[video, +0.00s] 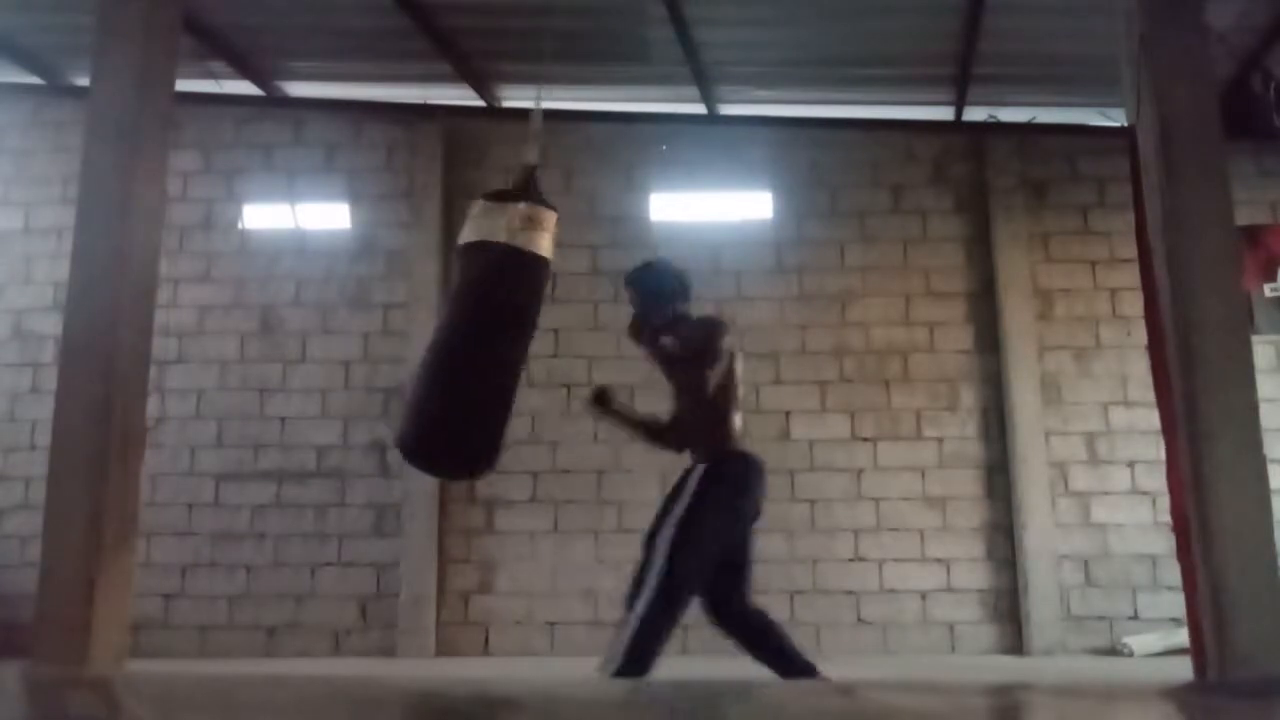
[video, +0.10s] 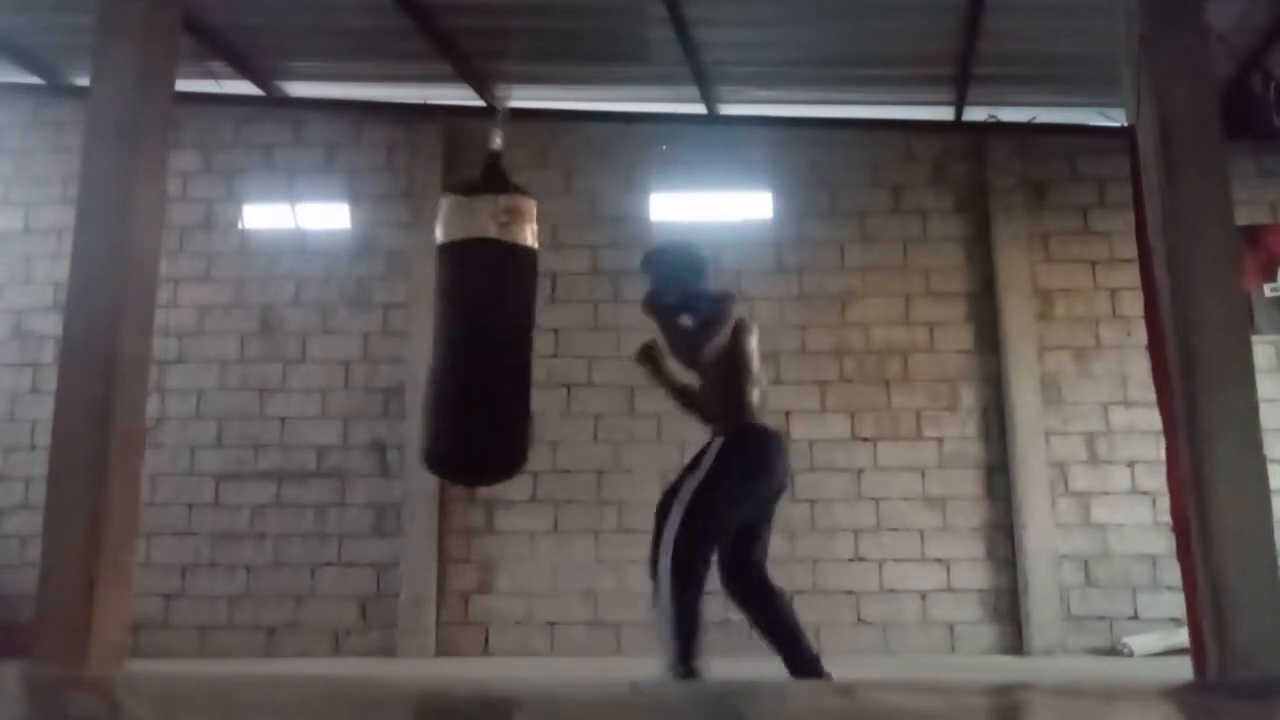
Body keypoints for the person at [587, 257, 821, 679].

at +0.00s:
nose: (632, 315)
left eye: (637, 303)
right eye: (631, 303)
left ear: (660, 301)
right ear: (671, 302)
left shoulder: (694, 329)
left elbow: (716, 335)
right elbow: (677, 438)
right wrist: (614, 410)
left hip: (717, 472)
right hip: (736, 474)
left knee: (663, 574)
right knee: (727, 604)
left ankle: (615, 685)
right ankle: (813, 686)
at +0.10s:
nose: (650, 293)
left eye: (656, 282)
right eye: (650, 282)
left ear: (680, 280)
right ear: (690, 282)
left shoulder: (722, 308)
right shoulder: (718, 325)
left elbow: (696, 354)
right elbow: (712, 409)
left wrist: (659, 312)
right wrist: (662, 375)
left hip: (737, 449)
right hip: (763, 451)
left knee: (679, 532)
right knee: (743, 573)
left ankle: (682, 671)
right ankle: (812, 676)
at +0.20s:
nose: (665, 279)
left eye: (670, 268)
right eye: (664, 269)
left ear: (690, 265)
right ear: (709, 259)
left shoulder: (733, 291)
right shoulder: (743, 304)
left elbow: (709, 346)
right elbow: (727, 389)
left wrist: (670, 308)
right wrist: (681, 337)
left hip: (750, 435)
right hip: (781, 436)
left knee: (693, 548)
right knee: (751, 559)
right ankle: (814, 668)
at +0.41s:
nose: (707, 301)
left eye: (712, 290)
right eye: (706, 291)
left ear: (734, 290)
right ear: (744, 291)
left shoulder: (775, 325)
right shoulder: (764, 337)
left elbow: (744, 400)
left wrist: (712, 343)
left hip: (781, 468)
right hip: (807, 469)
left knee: (733, 582)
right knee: (777, 585)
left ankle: (789, 683)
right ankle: (876, 666)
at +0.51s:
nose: (723, 291)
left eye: (727, 282)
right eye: (722, 283)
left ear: (748, 278)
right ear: (760, 277)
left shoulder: (790, 310)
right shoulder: (771, 324)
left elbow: (774, 375)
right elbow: (753, 397)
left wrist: (732, 326)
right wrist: (730, 336)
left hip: (802, 448)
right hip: (827, 446)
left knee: (763, 564)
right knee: (809, 569)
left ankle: (796, 679)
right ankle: (893, 666)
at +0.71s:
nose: (762, 292)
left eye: (767, 282)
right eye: (760, 283)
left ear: (788, 282)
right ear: (790, 283)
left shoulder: (830, 312)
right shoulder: (798, 332)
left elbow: (839, 376)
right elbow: (788, 400)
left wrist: (791, 331)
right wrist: (767, 344)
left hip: (849, 452)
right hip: (860, 453)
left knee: (788, 552)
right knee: (857, 569)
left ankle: (848, 665)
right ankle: (933, 677)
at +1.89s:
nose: (782, 296)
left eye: (788, 284)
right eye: (780, 286)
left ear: (813, 281)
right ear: (792, 286)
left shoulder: (850, 316)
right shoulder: (802, 335)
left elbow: (854, 374)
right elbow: (789, 401)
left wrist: (803, 333)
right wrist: (770, 350)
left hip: (855, 449)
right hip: (842, 452)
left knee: (802, 532)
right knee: (850, 569)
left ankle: (816, 665)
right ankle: (906, 673)